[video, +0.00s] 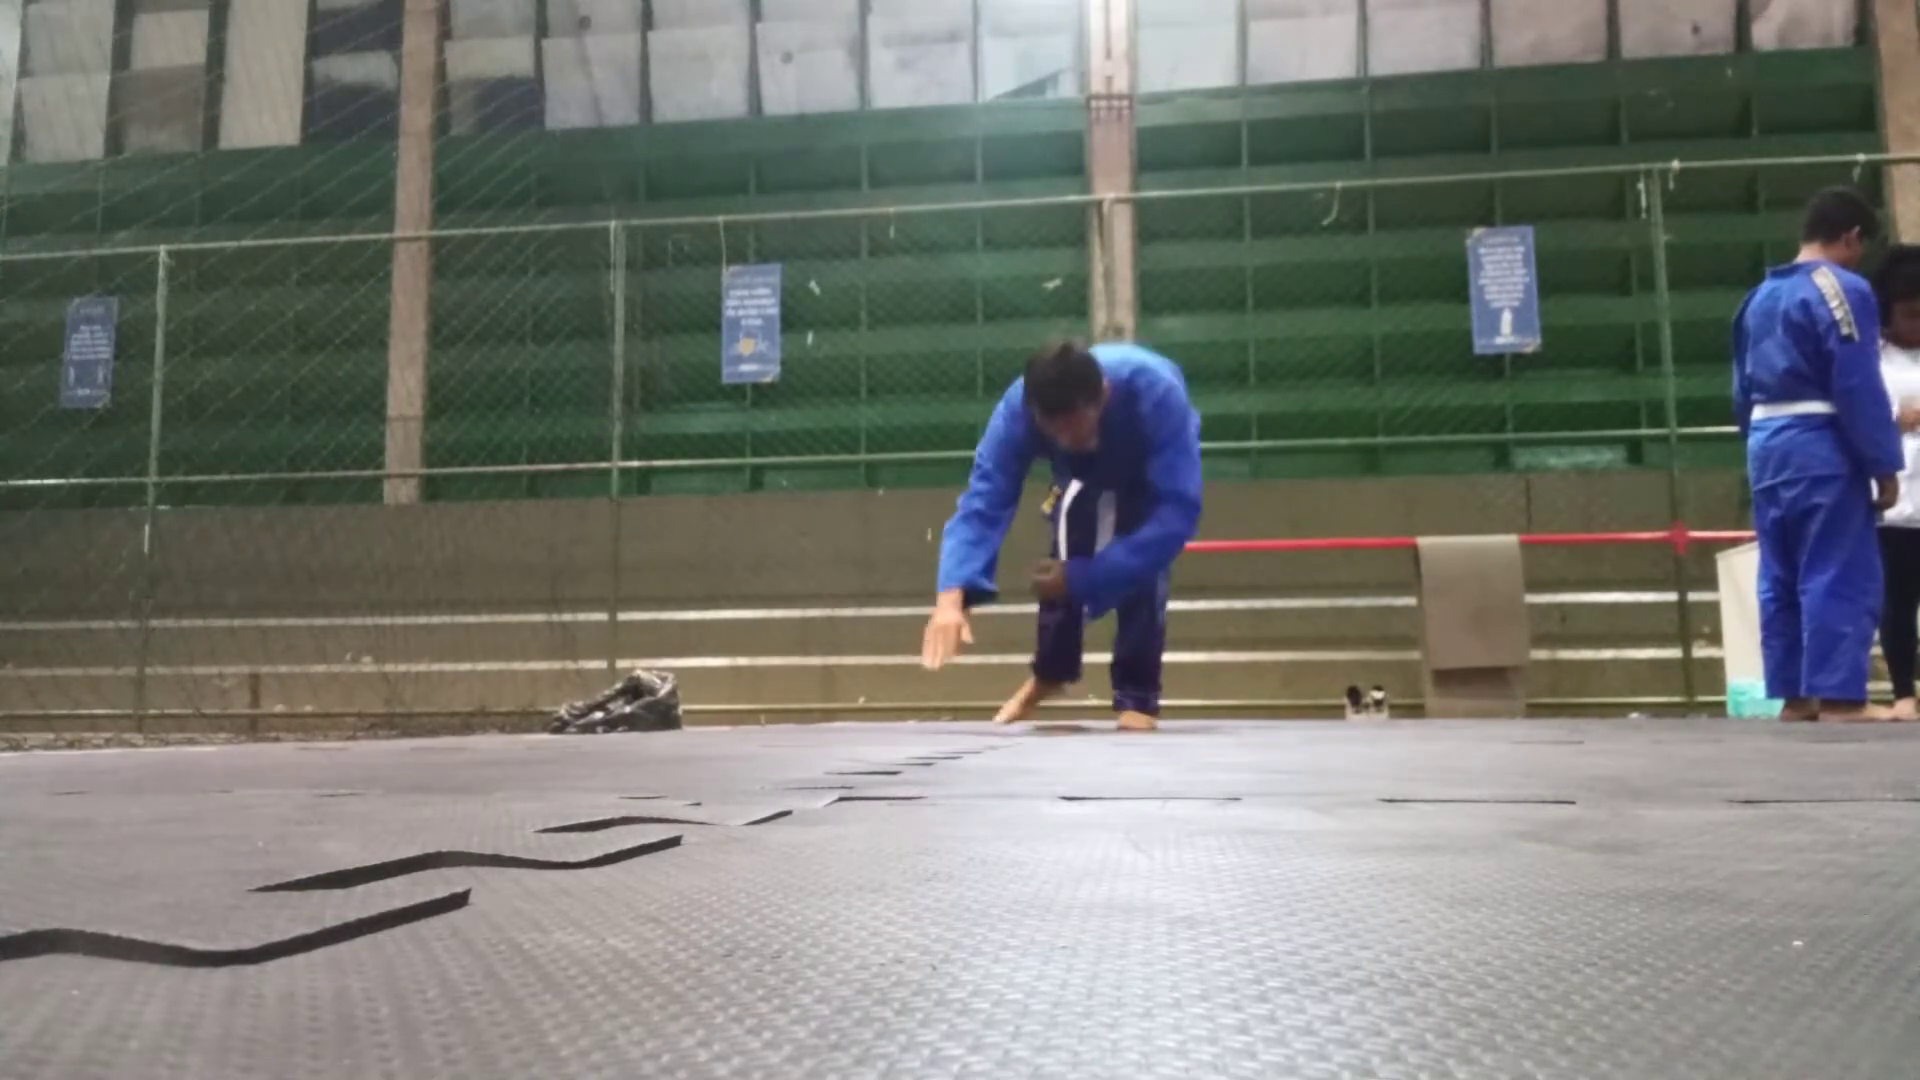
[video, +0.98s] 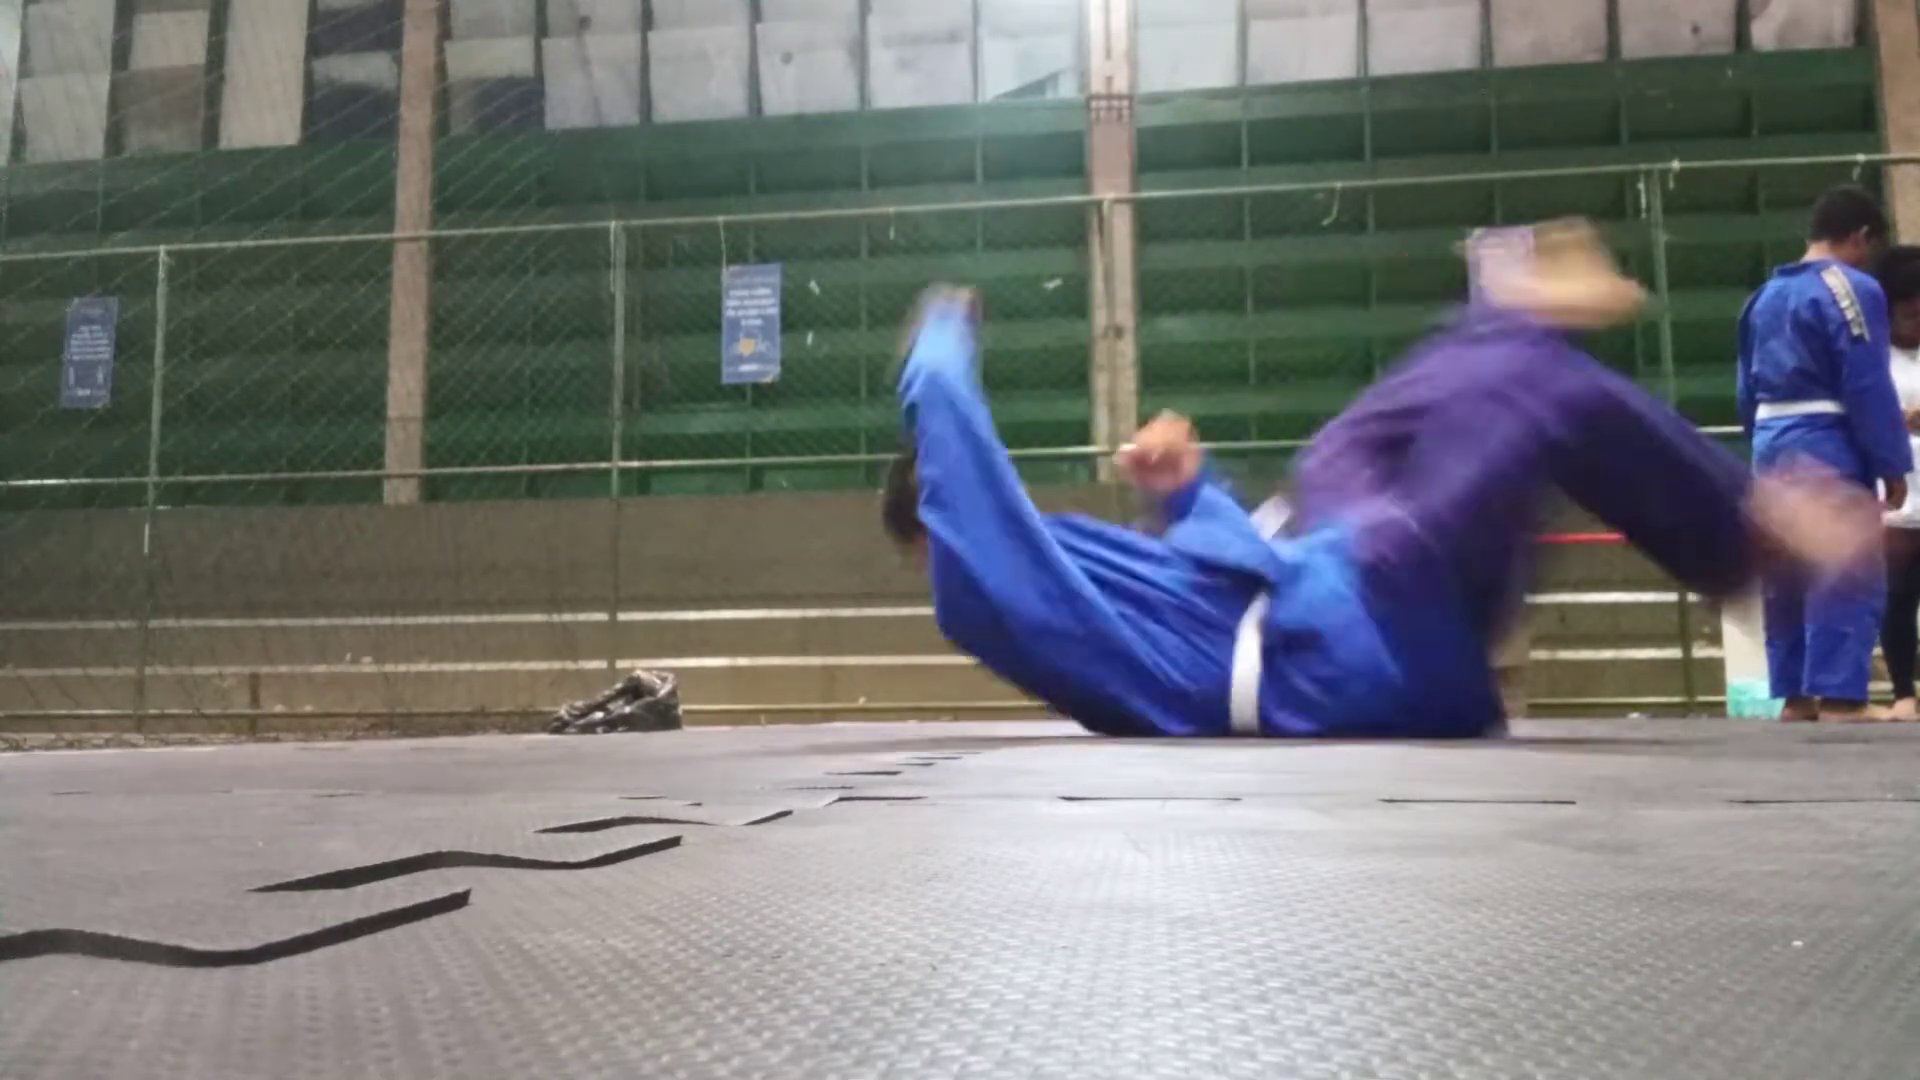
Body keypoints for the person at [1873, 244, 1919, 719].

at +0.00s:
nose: (1915, 323)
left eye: (1918, 313)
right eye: (1908, 313)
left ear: (1919, 313)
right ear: (1888, 313)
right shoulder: (1872, 359)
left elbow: (1866, 416)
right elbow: (1856, 418)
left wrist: (1901, 417)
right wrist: (1898, 418)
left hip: (1913, 502)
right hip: (1895, 501)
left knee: (1906, 606)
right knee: (1898, 606)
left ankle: (1908, 691)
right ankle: (1904, 691)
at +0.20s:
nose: (1915, 321)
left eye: (1916, 311)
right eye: (1909, 311)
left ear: (1914, 313)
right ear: (1889, 311)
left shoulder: (1896, 362)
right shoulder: (1873, 360)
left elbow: (1867, 415)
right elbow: (1858, 417)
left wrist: (1897, 419)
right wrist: (1897, 418)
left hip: (1912, 504)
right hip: (1894, 504)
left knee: (1906, 607)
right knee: (1898, 607)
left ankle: (1908, 691)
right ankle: (1904, 691)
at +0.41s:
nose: (1914, 323)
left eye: (1916, 312)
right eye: (1908, 312)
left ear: (1916, 312)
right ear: (1887, 312)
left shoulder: (1896, 363)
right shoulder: (1873, 362)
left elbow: (1872, 424)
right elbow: (1862, 425)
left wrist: (1898, 419)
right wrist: (1901, 415)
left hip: (1913, 506)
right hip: (1894, 506)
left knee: (1905, 608)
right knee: (1898, 607)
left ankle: (1908, 691)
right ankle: (1904, 692)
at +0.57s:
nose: (1914, 323)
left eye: (1916, 312)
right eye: (1907, 312)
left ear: (1917, 311)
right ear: (1886, 313)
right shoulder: (1872, 361)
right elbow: (1860, 416)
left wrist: (1897, 418)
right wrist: (1901, 419)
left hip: (1914, 506)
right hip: (1894, 505)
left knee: (1905, 608)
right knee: (1898, 607)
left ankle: (1908, 691)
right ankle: (1904, 692)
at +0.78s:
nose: (1914, 323)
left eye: (1917, 312)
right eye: (1907, 312)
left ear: (1918, 312)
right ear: (1887, 313)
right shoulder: (1873, 362)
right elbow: (1859, 418)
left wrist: (1897, 420)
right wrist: (1899, 419)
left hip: (1915, 506)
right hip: (1894, 505)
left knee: (1905, 608)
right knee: (1898, 607)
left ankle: (1908, 691)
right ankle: (1904, 691)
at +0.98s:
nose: (1913, 323)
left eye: (1915, 313)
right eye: (1906, 313)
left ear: (1916, 312)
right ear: (1886, 312)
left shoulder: (1893, 363)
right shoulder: (1875, 362)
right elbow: (1861, 421)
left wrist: (1897, 421)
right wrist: (1897, 421)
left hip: (1914, 504)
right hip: (1896, 506)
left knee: (1905, 608)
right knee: (1898, 607)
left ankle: (1908, 689)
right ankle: (1904, 690)